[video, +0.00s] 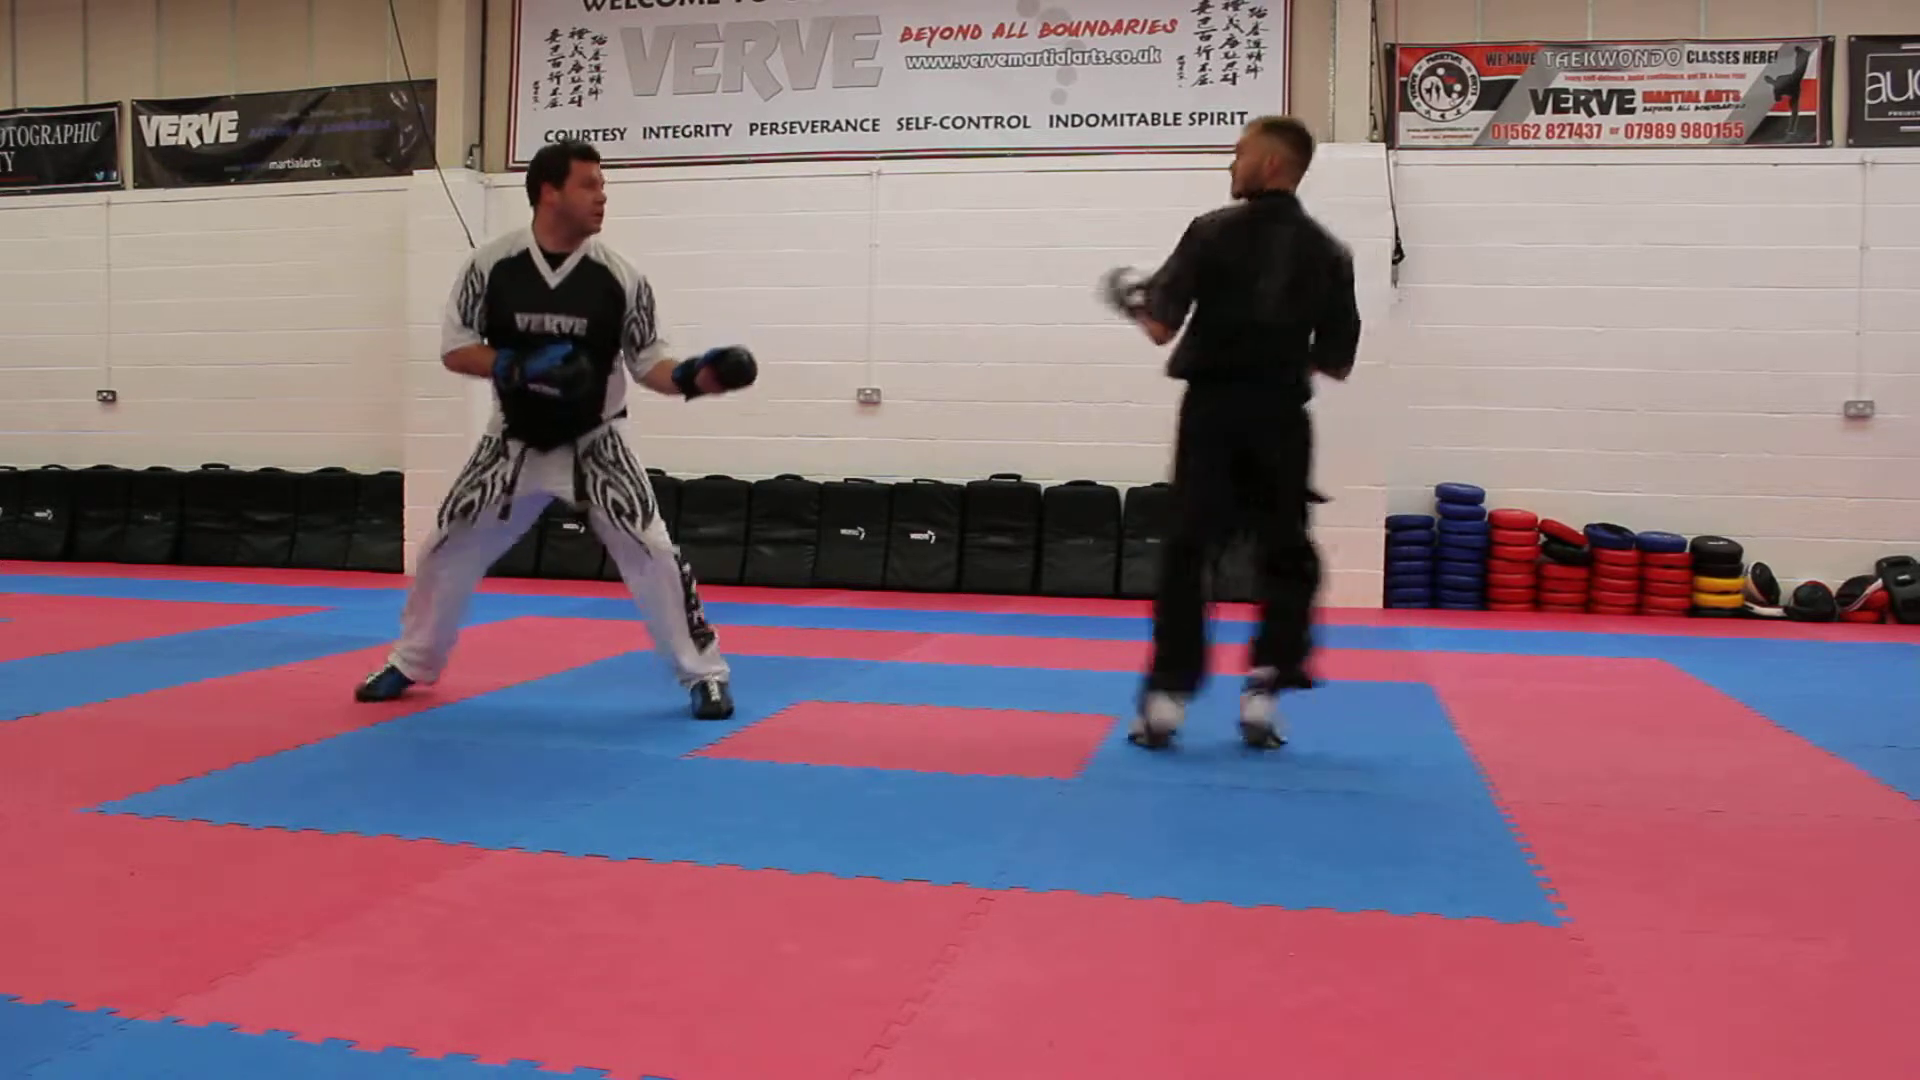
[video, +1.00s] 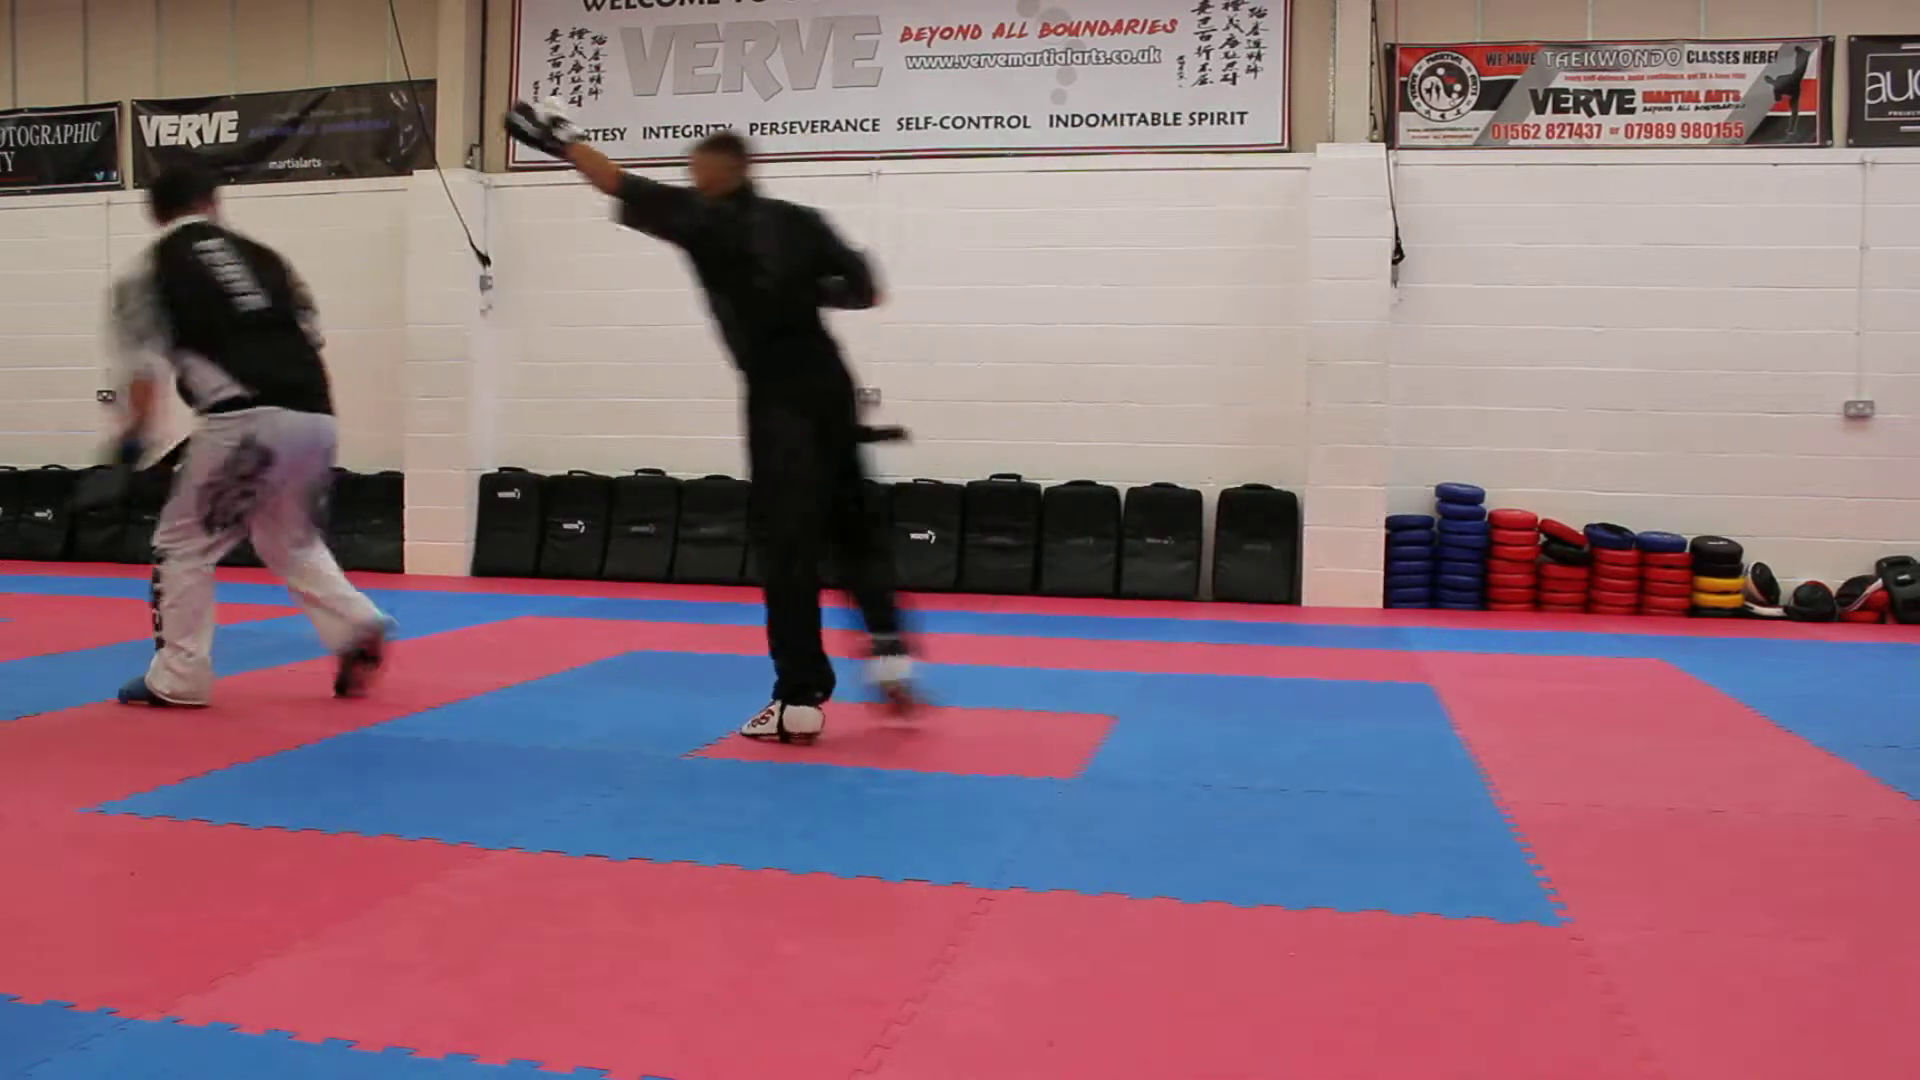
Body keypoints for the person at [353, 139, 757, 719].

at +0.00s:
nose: (602, 199)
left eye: (602, 188)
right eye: (590, 187)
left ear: (597, 194)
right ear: (548, 194)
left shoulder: (621, 279)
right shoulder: (489, 265)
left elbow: (649, 365)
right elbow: (455, 350)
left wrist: (691, 378)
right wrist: (516, 364)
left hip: (597, 446)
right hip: (512, 446)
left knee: (652, 553)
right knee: (445, 551)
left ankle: (704, 674)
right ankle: (412, 663)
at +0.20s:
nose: (593, 214)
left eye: (593, 203)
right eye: (581, 203)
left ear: (581, 208)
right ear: (539, 209)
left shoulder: (613, 294)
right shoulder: (481, 283)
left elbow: (648, 374)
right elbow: (451, 369)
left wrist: (690, 374)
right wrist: (508, 376)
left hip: (591, 460)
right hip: (506, 462)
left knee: (652, 563)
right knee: (434, 560)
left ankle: (703, 677)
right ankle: (401, 666)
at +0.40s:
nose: (504, 208)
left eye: (506, 197)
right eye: (491, 196)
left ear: (503, 204)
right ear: (453, 203)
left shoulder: (528, 282)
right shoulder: (405, 284)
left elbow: (571, 361)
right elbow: (378, 358)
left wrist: (596, 350)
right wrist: (417, 374)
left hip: (520, 444)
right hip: (447, 451)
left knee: (577, 557)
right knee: (382, 554)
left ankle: (676, 669)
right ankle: (415, 669)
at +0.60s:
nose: (411, 188)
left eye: (414, 176)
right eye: (399, 176)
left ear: (419, 180)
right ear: (362, 182)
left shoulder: (439, 250)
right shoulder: (331, 264)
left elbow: (483, 330)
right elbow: (312, 346)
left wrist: (435, 311)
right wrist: (338, 357)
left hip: (440, 411)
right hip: (380, 416)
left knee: (365, 529)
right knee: (360, 537)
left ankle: (400, 653)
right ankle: (400, 659)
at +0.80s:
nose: (256, 194)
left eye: (265, 179)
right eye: (254, 181)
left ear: (302, 178)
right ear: (285, 184)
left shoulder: (331, 240)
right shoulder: (307, 245)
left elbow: (347, 327)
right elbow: (307, 335)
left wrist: (265, 362)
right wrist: (259, 367)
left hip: (329, 420)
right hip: (365, 422)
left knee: (250, 541)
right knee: (338, 552)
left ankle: (190, 666)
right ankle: (408, 660)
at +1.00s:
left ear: (154, 209)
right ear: (213, 201)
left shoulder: (150, 272)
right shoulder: (262, 255)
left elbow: (146, 368)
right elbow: (308, 333)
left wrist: (134, 434)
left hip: (243, 422)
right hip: (315, 420)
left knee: (182, 544)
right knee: (286, 537)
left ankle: (181, 676)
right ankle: (358, 626)